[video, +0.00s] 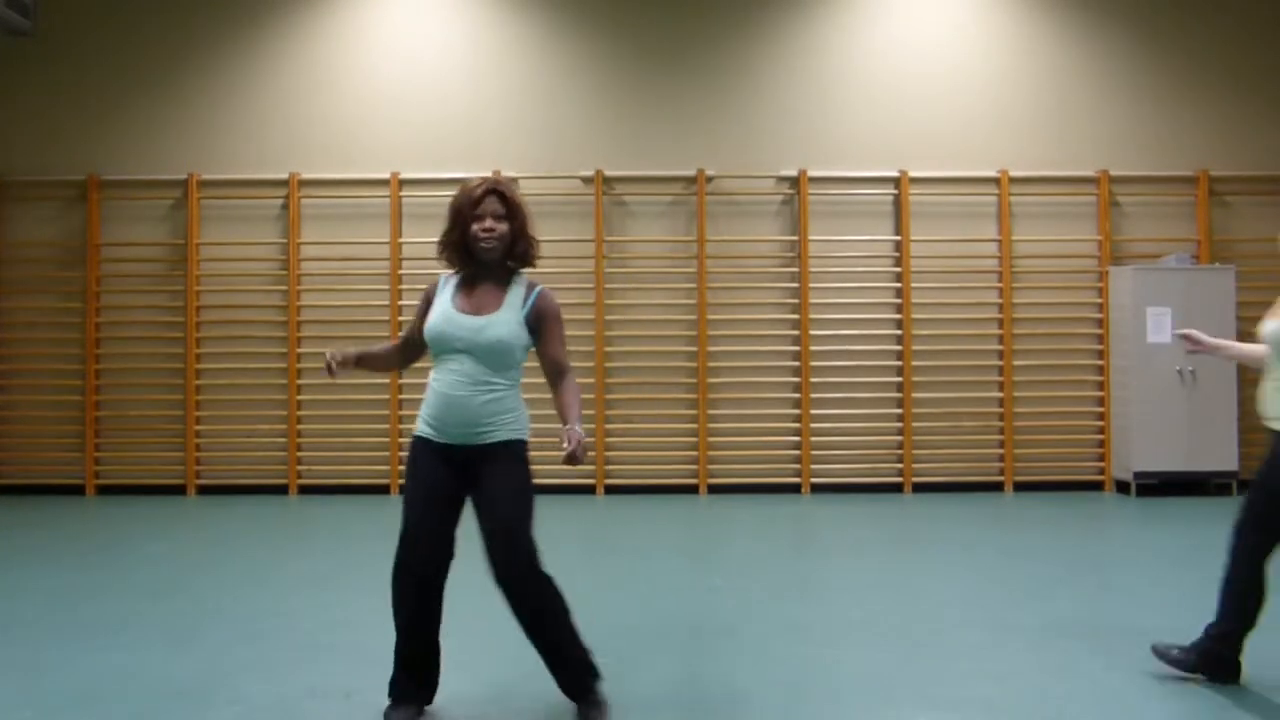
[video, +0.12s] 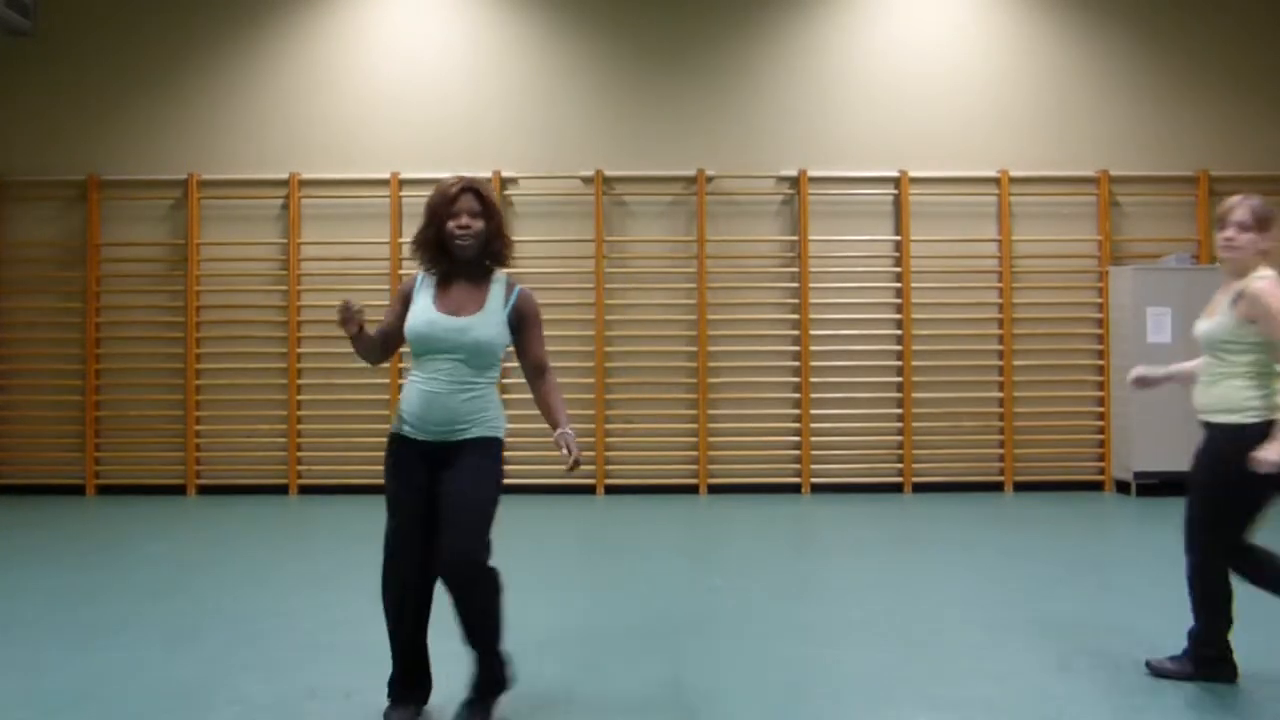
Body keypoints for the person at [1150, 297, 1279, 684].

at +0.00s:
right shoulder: (1275, 304)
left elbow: (1268, 354)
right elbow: (1272, 353)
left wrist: (1214, 346)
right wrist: (1213, 345)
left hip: (1279, 447)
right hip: (1277, 444)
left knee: (1251, 537)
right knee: (1251, 539)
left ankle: (1221, 651)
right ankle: (1221, 652)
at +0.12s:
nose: (1230, 235)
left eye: (1243, 228)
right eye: (1224, 226)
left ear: (1266, 239)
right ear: (1215, 234)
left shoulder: (1263, 290)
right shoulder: (1229, 289)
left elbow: (1276, 365)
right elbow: (1219, 362)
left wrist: (1276, 438)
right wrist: (1163, 374)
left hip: (1249, 435)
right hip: (1225, 432)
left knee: (1209, 541)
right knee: (1218, 540)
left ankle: (1210, 656)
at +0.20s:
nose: (1192, 235)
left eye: (1204, 227)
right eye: (1185, 226)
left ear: (1224, 238)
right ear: (1177, 234)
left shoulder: (1224, 288)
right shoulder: (1186, 290)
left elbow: (1254, 368)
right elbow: (1183, 366)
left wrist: (1206, 431)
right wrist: (1146, 397)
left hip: (1218, 431)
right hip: (1183, 428)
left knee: (1187, 540)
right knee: (1154, 531)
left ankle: (1211, 657)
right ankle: (1230, 622)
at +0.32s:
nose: (1135, 237)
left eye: (1147, 231)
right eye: (1128, 229)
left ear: (1164, 242)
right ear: (1118, 237)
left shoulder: (1164, 288)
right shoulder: (1130, 286)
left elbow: (1178, 364)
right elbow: (1139, 359)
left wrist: (1107, 402)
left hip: (1161, 438)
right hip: (1125, 435)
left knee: (1164, 545)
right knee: (1082, 526)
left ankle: (1208, 654)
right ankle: (1062, 631)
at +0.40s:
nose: (1098, 243)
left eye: (1109, 237)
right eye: (1092, 235)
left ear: (1126, 247)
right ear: (1083, 244)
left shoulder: (1125, 292)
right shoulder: (1094, 292)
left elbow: (1136, 367)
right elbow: (1097, 363)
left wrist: (1065, 396)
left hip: (1121, 438)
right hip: (1082, 435)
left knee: (1125, 545)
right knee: (1043, 534)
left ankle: (1198, 642)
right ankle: (1006, 629)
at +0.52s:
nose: (1047, 249)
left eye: (1058, 243)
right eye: (1040, 242)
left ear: (1073, 252)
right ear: (1031, 250)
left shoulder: (1075, 299)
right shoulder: (1038, 297)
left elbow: (1089, 374)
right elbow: (1037, 367)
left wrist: (1029, 415)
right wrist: (1010, 405)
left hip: (1059, 440)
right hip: (1021, 436)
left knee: (1028, 548)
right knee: (991, 533)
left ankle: (1127, 608)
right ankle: (993, 634)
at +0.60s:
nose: (1017, 250)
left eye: (1027, 243)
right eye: (1010, 242)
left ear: (1043, 253)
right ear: (1000, 250)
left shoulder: (1047, 301)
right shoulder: (1003, 297)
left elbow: (1069, 374)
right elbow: (999, 367)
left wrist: (1023, 430)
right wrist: (961, 394)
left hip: (1028, 436)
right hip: (990, 429)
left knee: (972, 534)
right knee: (968, 534)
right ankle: (991, 634)